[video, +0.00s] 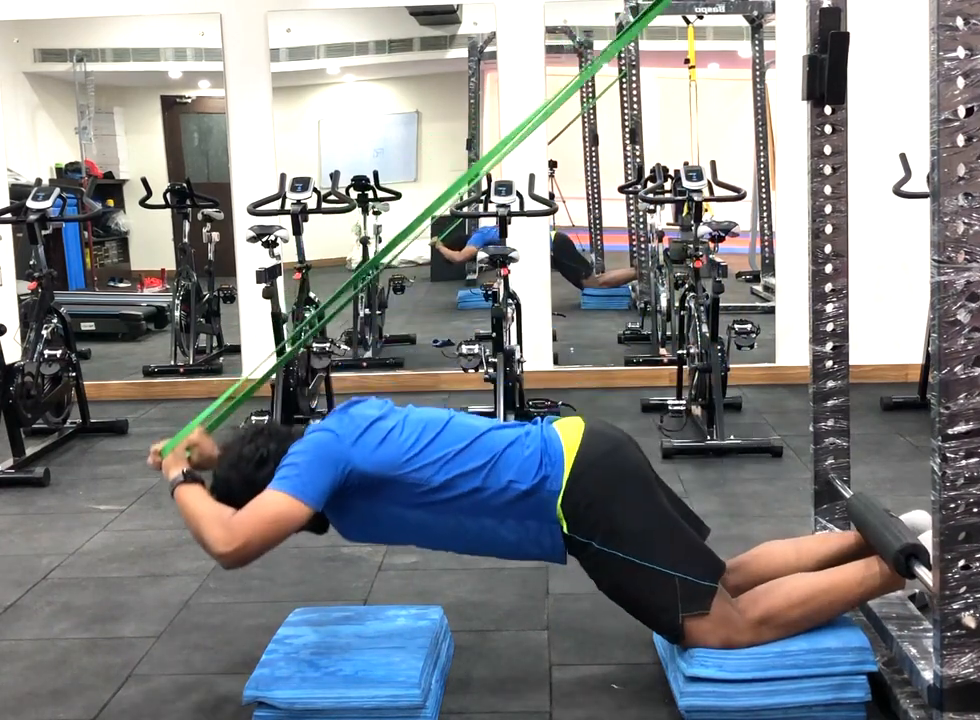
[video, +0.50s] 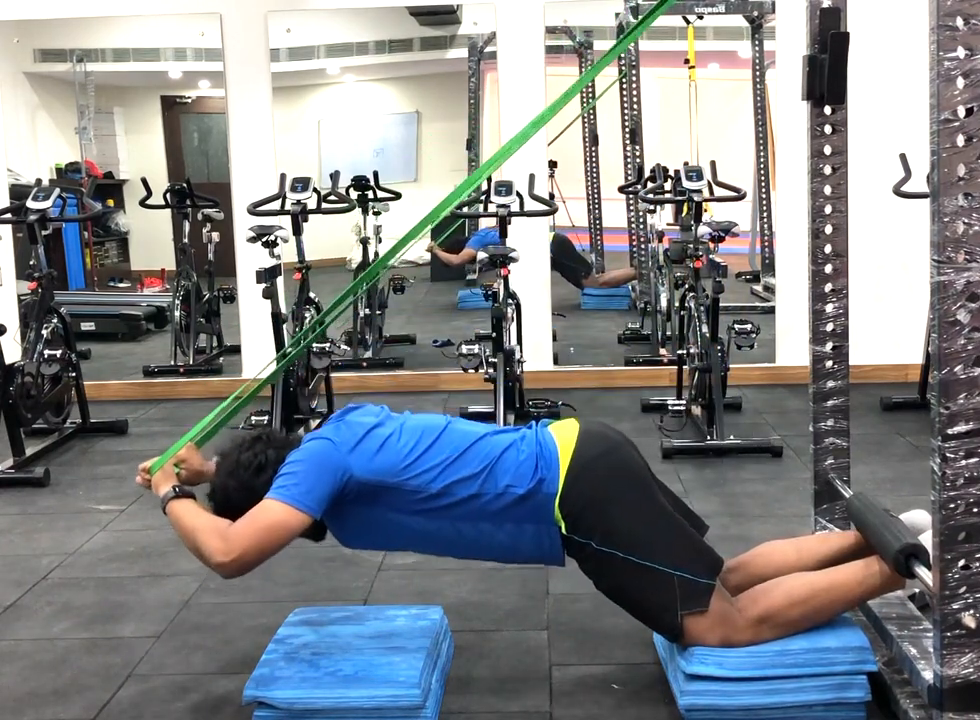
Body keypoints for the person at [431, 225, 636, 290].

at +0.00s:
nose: (464, 248)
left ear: (471, 234)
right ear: (476, 228)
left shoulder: (483, 233)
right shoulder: (497, 230)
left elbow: (459, 258)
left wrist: (438, 246)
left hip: (556, 244)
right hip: (554, 244)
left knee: (593, 282)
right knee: (591, 281)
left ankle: (641, 270)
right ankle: (640, 270)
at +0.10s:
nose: (462, 259)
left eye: (460, 257)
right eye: (460, 256)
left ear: (462, 249)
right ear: (465, 242)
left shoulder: (479, 239)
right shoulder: (486, 234)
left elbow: (458, 262)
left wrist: (436, 250)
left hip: (555, 244)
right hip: (552, 245)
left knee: (593, 282)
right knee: (591, 282)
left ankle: (642, 271)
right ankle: (640, 271)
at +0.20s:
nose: (462, 261)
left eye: (461, 258)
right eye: (461, 258)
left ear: (464, 251)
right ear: (469, 241)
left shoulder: (479, 241)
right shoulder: (489, 235)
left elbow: (458, 265)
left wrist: (436, 254)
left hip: (554, 246)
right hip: (553, 244)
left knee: (593, 282)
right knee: (592, 280)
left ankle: (642, 270)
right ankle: (641, 270)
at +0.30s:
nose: (462, 261)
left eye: (460, 258)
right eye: (460, 258)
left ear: (463, 252)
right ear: (468, 242)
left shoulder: (480, 241)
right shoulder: (489, 235)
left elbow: (457, 265)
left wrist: (434, 253)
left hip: (554, 246)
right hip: (552, 244)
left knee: (593, 282)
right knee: (591, 281)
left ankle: (642, 270)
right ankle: (641, 269)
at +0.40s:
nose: (460, 260)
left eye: (460, 256)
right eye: (459, 256)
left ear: (463, 249)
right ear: (471, 240)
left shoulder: (479, 240)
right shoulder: (490, 235)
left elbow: (457, 264)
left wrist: (435, 253)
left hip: (554, 246)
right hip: (552, 244)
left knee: (593, 282)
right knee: (592, 281)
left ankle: (642, 270)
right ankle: (641, 269)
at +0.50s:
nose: (460, 259)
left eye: (457, 256)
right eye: (458, 256)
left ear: (460, 249)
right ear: (463, 241)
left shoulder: (478, 238)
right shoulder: (484, 234)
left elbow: (456, 261)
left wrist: (434, 250)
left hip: (555, 245)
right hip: (553, 245)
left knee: (594, 282)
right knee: (591, 282)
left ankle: (641, 271)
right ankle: (640, 271)